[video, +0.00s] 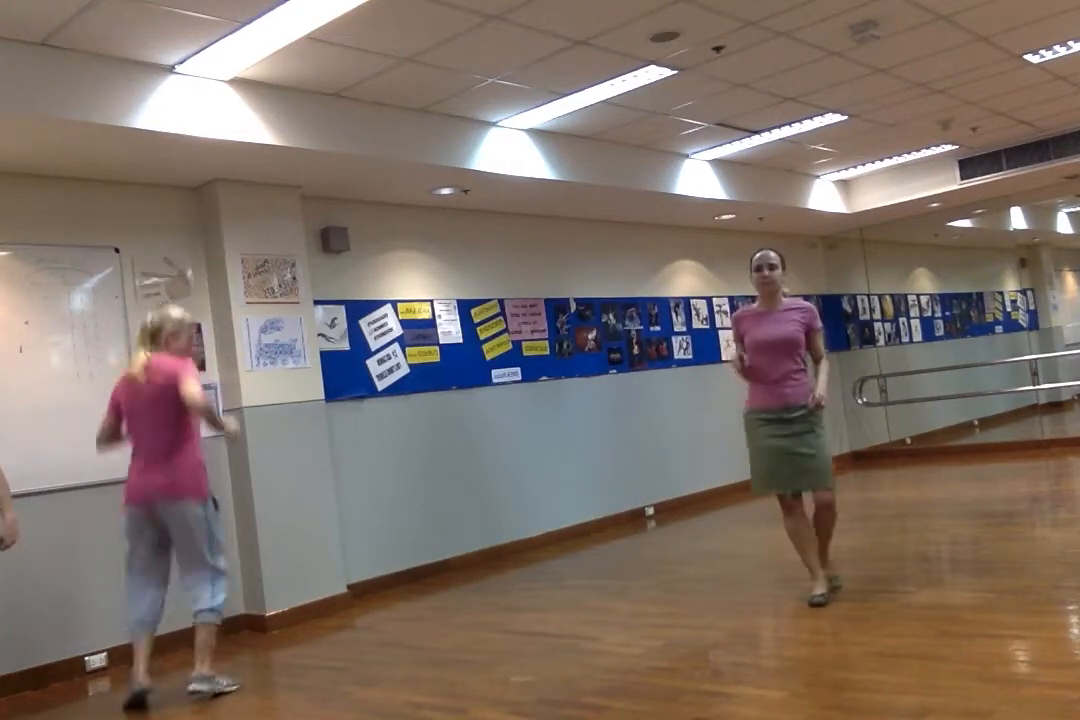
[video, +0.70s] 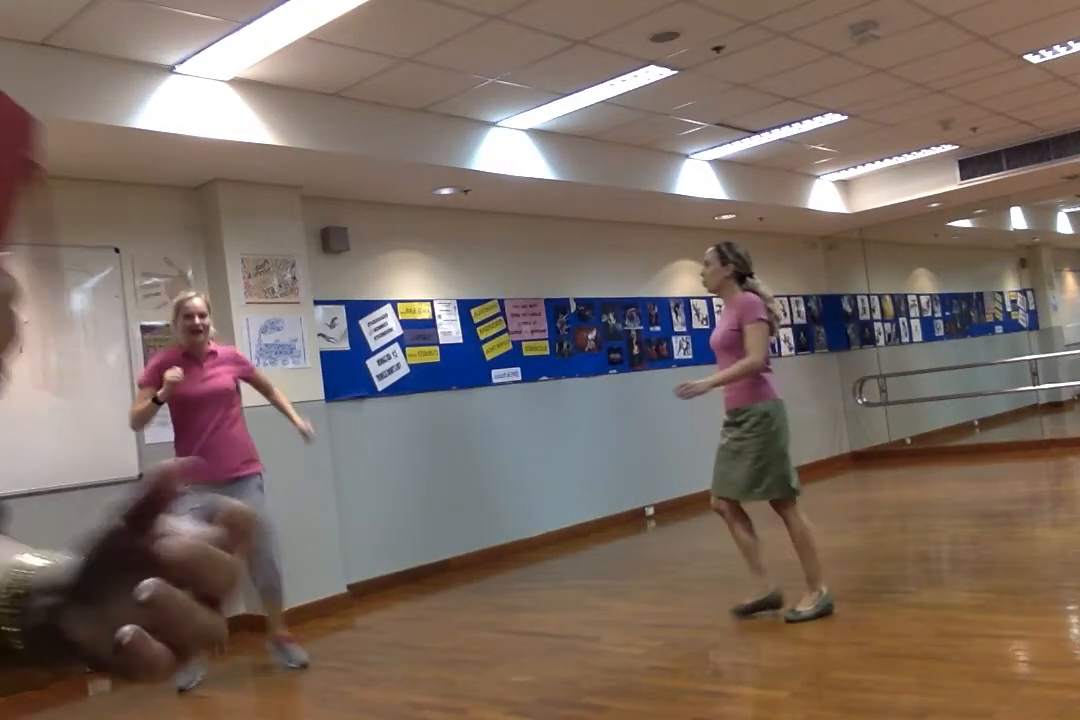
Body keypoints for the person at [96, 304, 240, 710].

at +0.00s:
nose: (192, 342)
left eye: (192, 335)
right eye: (188, 335)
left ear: (152, 336)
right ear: (170, 335)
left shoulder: (127, 378)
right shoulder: (180, 365)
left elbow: (106, 439)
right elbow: (193, 399)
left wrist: (139, 428)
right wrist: (221, 424)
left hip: (140, 489)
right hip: (183, 487)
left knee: (145, 578)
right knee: (205, 574)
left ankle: (139, 678)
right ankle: (203, 673)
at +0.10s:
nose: (196, 325)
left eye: (198, 320)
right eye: (194, 319)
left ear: (154, 315)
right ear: (173, 314)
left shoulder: (137, 345)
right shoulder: (169, 338)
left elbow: (112, 388)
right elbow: (184, 340)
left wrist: (154, 392)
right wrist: (194, 370)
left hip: (143, 464)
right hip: (175, 462)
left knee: (159, 554)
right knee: (187, 549)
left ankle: (165, 642)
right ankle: (187, 656)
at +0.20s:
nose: (198, 326)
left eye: (199, 318)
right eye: (194, 318)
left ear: (161, 315)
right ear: (174, 314)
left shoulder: (148, 344)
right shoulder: (161, 337)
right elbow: (179, 332)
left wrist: (194, 365)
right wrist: (190, 361)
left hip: (152, 464)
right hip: (176, 463)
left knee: (205, 543)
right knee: (176, 558)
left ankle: (225, 631)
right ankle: (146, 658)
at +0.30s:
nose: (200, 339)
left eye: (201, 333)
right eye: (194, 332)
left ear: (174, 332)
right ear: (173, 332)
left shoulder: (168, 360)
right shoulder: (171, 362)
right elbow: (172, 383)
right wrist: (198, 396)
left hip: (182, 488)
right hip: (177, 490)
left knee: (227, 568)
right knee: (164, 587)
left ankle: (263, 652)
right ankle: (121, 681)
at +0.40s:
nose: (198, 357)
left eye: (201, 351)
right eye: (189, 351)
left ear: (204, 356)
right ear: (172, 356)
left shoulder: (198, 399)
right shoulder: (167, 393)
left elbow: (235, 428)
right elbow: (137, 413)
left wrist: (236, 402)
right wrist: (171, 441)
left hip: (202, 516)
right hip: (181, 518)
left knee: (245, 574)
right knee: (167, 608)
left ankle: (265, 656)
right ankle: (116, 687)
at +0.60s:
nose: (196, 321)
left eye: (200, 314)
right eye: (187, 316)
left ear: (208, 318)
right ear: (172, 322)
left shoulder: (221, 358)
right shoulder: (160, 365)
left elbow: (253, 397)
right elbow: (121, 410)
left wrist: (270, 392)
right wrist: (161, 402)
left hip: (235, 474)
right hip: (191, 481)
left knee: (259, 545)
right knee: (188, 560)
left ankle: (256, 639)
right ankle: (147, 651)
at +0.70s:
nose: (198, 321)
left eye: (203, 315)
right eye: (190, 317)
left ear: (211, 319)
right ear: (176, 323)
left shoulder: (229, 357)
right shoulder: (163, 364)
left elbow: (266, 387)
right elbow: (137, 421)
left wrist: (295, 418)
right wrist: (161, 393)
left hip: (242, 475)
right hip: (193, 482)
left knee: (264, 552)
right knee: (191, 565)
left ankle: (279, 636)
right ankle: (194, 652)